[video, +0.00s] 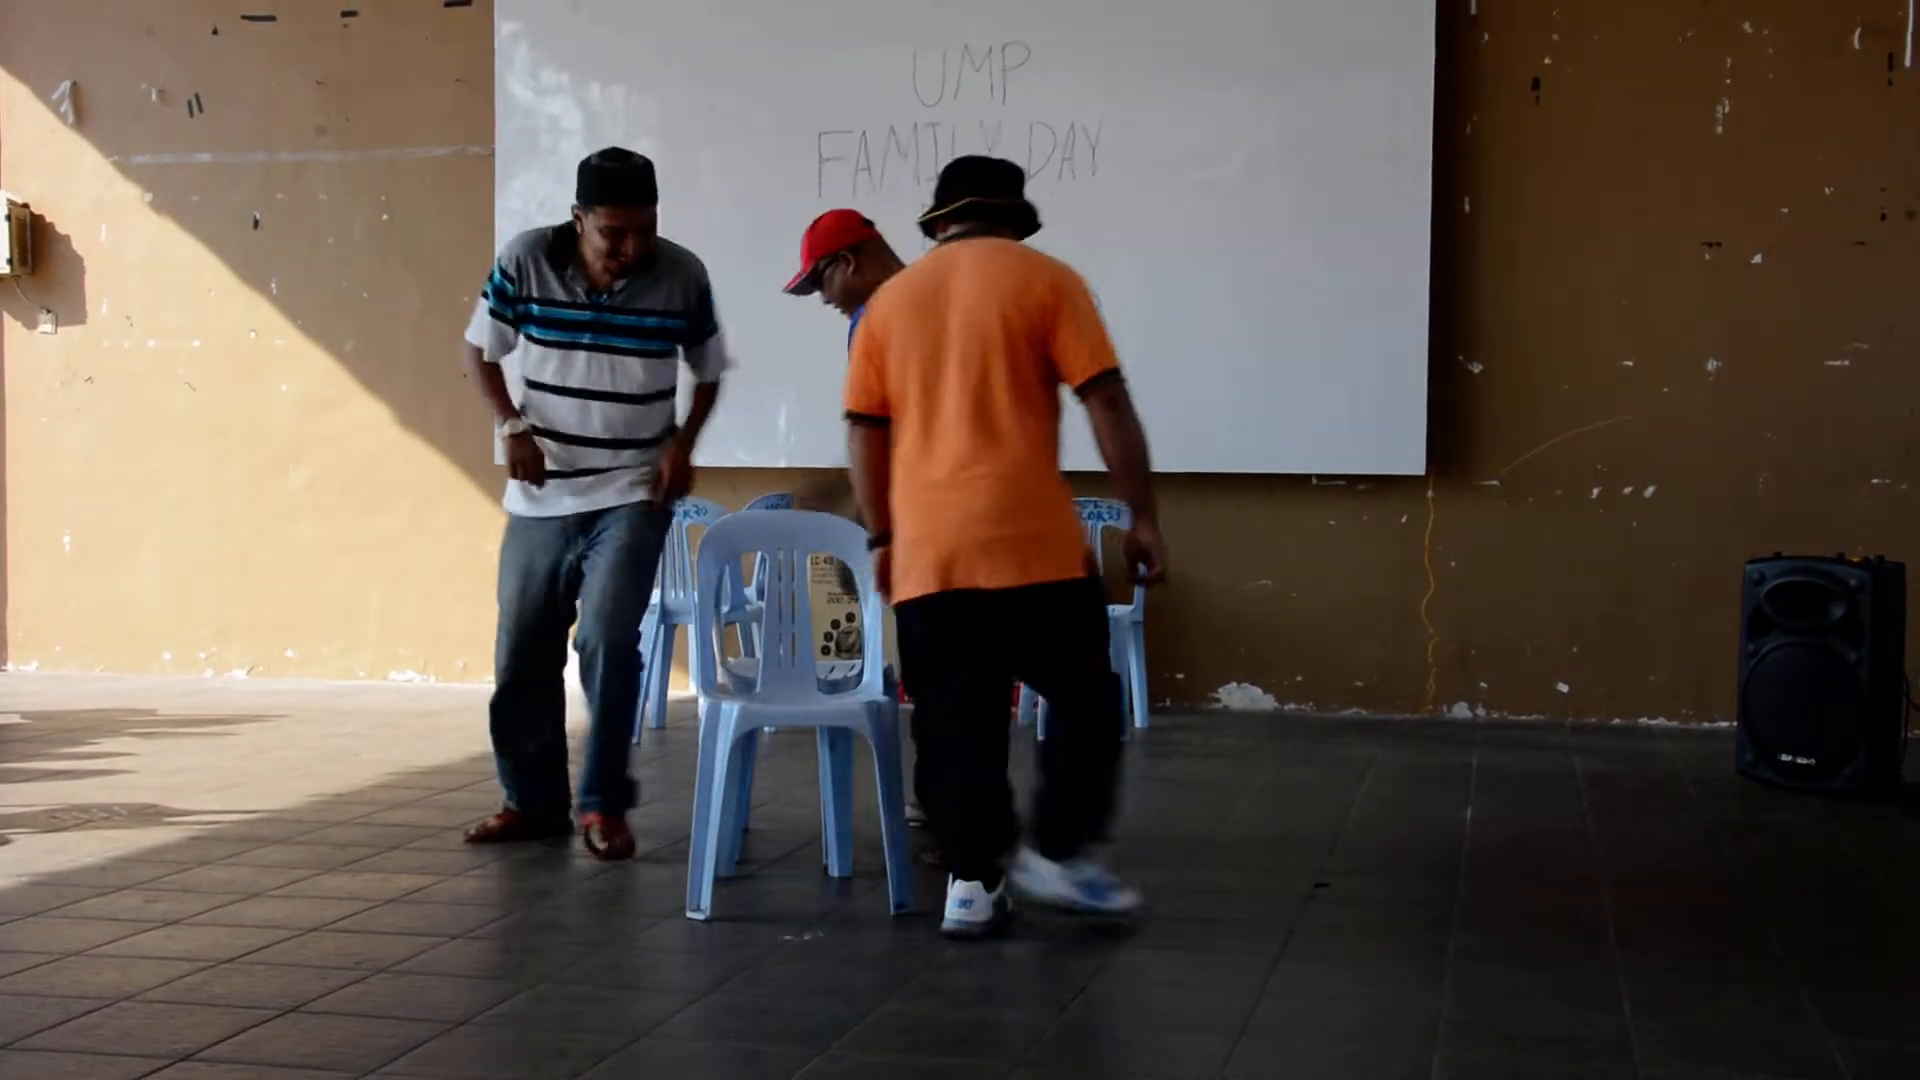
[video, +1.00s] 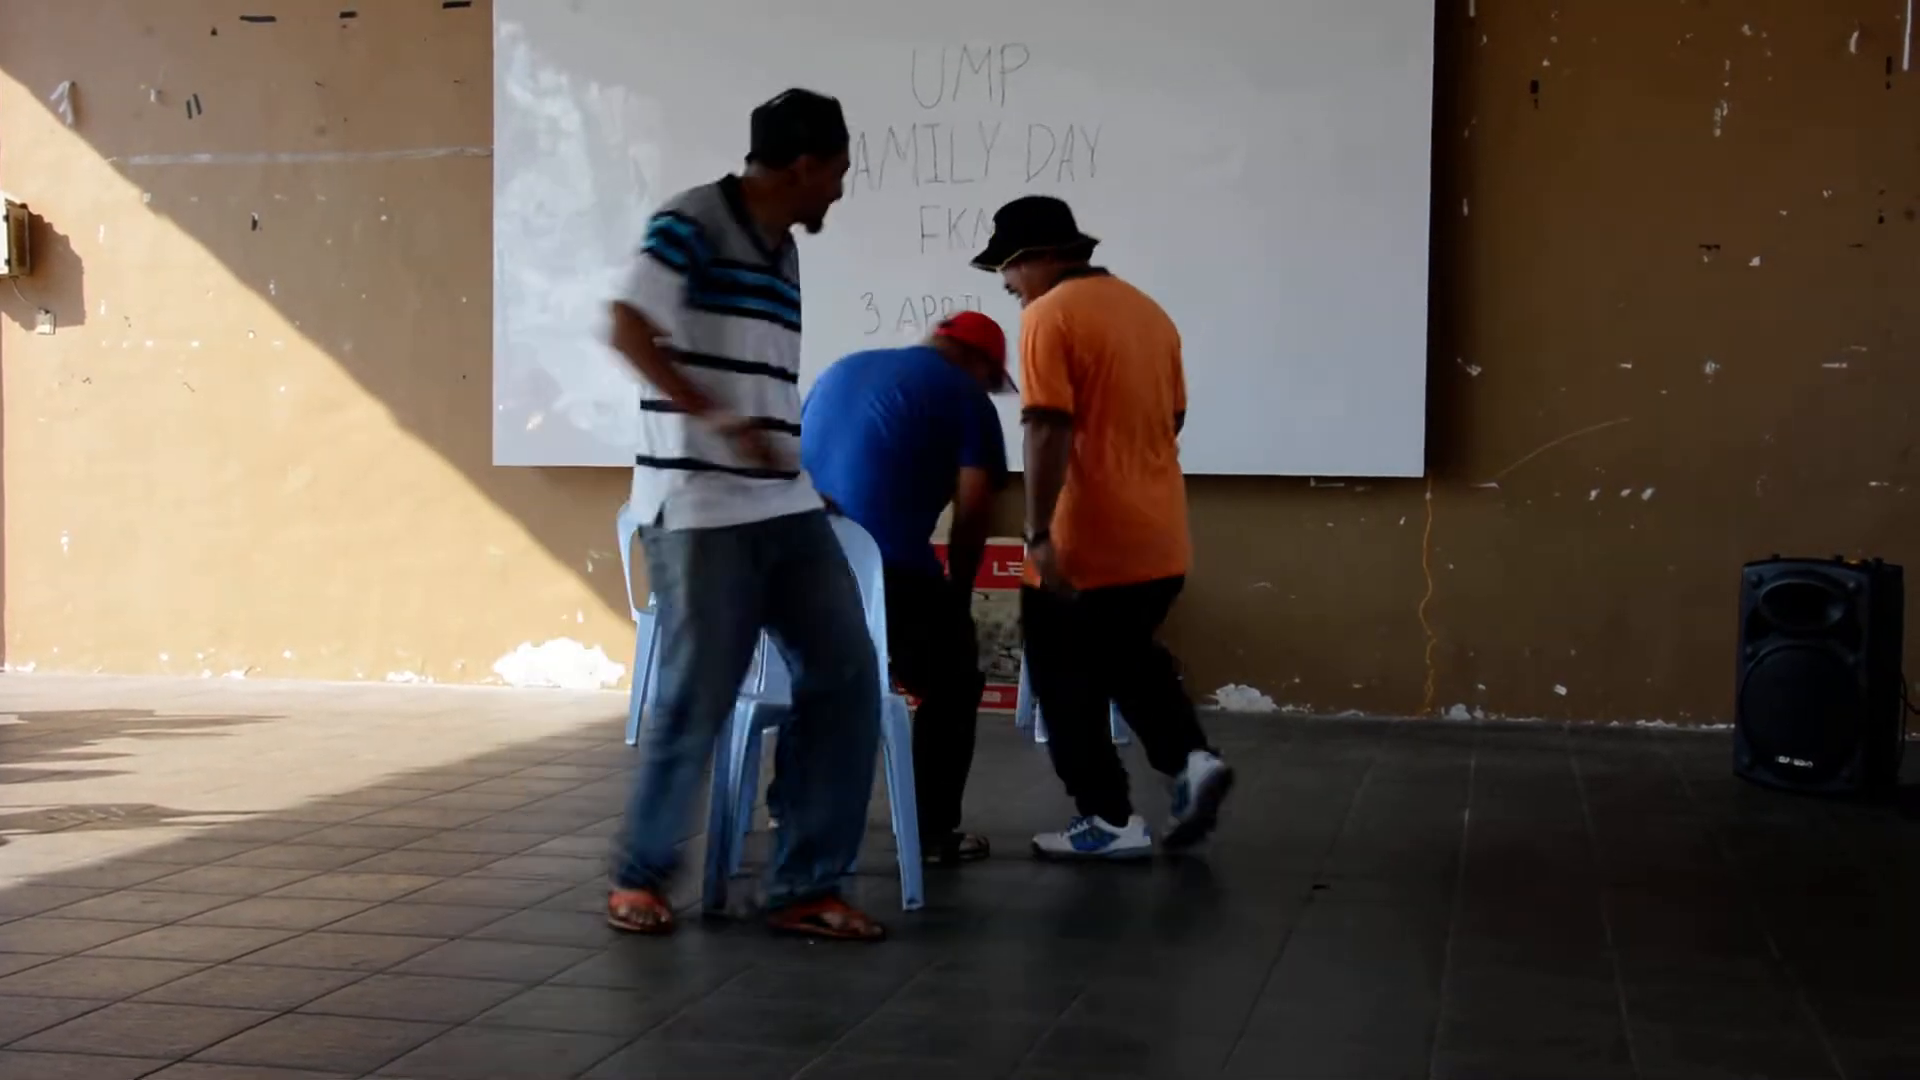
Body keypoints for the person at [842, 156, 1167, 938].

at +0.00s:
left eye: (930, 230)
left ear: (939, 223)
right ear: (1017, 219)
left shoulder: (887, 302)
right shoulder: (1046, 280)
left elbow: (866, 435)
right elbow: (1107, 402)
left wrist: (880, 535)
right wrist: (1141, 515)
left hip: (928, 553)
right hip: (1034, 543)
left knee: (954, 722)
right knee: (1087, 698)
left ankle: (970, 882)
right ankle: (1058, 855)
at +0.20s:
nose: (965, 262)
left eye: (966, 250)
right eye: (965, 251)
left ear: (987, 241)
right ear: (1053, 237)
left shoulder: (950, 309)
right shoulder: (1110, 299)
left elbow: (900, 425)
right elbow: (1174, 422)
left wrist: (911, 534)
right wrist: (1211, 528)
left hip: (990, 553)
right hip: (1098, 549)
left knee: (1000, 696)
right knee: (1118, 712)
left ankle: (1010, 815)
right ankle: (1117, 872)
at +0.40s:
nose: (960, 291)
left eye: (961, 276)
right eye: (959, 277)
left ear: (982, 265)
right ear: (1041, 258)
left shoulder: (970, 333)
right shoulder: (1116, 311)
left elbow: (925, 456)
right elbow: (1192, 410)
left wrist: (888, 542)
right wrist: (1200, 518)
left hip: (1022, 549)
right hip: (1130, 542)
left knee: (999, 702)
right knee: (1139, 679)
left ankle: (1026, 852)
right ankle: (1141, 804)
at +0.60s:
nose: (980, 310)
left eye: (981, 293)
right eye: (976, 296)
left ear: (1009, 279)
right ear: (1051, 273)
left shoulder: (1011, 350)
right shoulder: (1140, 325)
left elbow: (967, 470)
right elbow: (1204, 420)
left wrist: (901, 547)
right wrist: (1179, 505)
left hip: (1060, 565)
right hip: (1161, 556)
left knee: (1002, 696)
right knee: (1160, 684)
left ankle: (1030, 851)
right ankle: (1212, 830)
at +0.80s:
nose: (1011, 285)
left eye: (1012, 268)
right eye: (1006, 271)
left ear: (1043, 256)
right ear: (1074, 251)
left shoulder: (1055, 323)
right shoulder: (1162, 307)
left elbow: (1032, 438)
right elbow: (1196, 409)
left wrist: (971, 529)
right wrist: (1140, 473)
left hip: (1085, 542)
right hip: (1178, 535)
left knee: (1046, 672)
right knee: (1177, 680)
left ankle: (1086, 817)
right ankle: (1213, 825)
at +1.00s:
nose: (1009, 285)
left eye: (1010, 270)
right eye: (1005, 273)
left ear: (1040, 258)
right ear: (1076, 253)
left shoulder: (1050, 314)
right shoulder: (1147, 309)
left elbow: (1048, 426)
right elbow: (1172, 417)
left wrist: (1036, 534)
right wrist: (1114, 475)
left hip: (1087, 541)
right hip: (1162, 539)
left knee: (1063, 679)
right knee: (1127, 650)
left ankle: (1106, 819)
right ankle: (1189, 761)